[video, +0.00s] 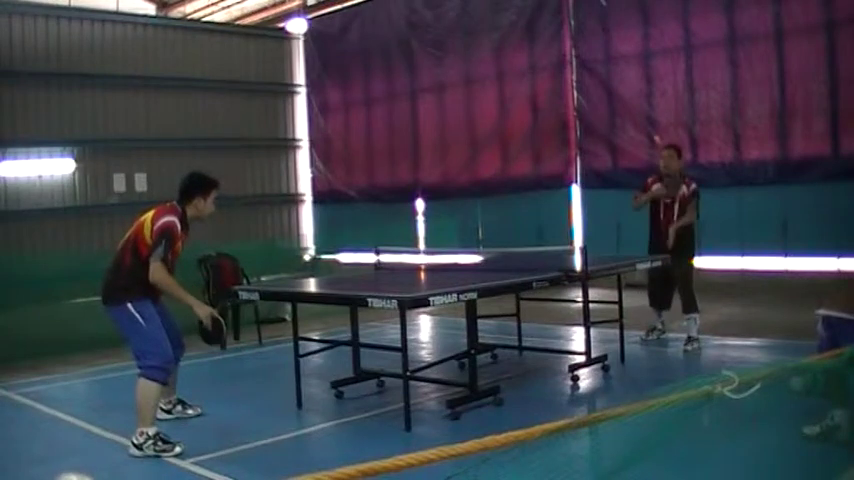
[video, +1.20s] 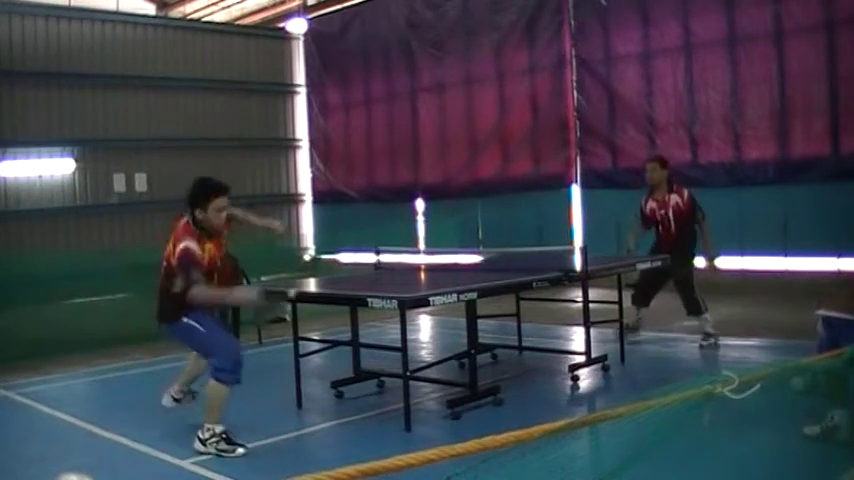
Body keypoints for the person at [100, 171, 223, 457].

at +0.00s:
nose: (214, 207)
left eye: (214, 200)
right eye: (212, 200)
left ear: (193, 198)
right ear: (197, 200)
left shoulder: (174, 217)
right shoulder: (169, 223)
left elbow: (154, 270)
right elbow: (157, 274)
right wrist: (196, 305)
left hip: (144, 293)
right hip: (125, 295)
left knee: (173, 346)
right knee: (156, 358)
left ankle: (167, 403)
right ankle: (144, 435)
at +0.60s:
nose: (199, 184)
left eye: (198, 178)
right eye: (195, 178)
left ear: (178, 179)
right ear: (179, 179)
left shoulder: (176, 209)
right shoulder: (151, 213)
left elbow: (183, 246)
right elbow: (152, 264)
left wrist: (204, 266)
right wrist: (199, 272)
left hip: (168, 290)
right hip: (147, 293)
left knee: (184, 346)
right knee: (168, 353)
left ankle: (159, 401)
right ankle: (147, 432)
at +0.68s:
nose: (197, 190)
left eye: (197, 184)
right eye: (193, 184)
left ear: (179, 185)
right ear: (176, 184)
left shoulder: (188, 215)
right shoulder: (146, 219)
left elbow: (202, 244)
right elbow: (135, 270)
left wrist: (217, 269)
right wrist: (175, 292)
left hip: (176, 294)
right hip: (149, 295)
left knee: (188, 348)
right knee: (174, 350)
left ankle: (158, 404)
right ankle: (160, 427)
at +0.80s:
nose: (200, 204)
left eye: (200, 198)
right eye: (196, 199)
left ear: (186, 201)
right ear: (176, 202)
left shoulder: (204, 226)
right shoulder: (144, 231)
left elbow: (229, 257)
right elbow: (118, 273)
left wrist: (231, 269)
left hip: (184, 302)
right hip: (153, 304)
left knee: (196, 355)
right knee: (185, 356)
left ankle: (156, 403)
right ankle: (195, 430)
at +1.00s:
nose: (209, 227)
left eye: (208, 221)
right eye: (203, 222)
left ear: (187, 228)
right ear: (183, 228)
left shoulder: (218, 242)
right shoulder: (155, 254)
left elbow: (255, 255)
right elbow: (122, 292)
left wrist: (275, 268)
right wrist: (106, 332)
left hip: (201, 315)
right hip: (171, 316)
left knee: (197, 366)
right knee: (206, 362)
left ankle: (157, 405)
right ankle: (206, 434)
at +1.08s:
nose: (215, 226)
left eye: (214, 219)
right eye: (209, 221)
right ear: (189, 228)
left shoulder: (222, 237)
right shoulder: (164, 256)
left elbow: (262, 239)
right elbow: (135, 297)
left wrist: (292, 262)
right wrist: (118, 338)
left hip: (206, 313)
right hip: (176, 316)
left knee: (199, 363)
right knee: (216, 354)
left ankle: (160, 400)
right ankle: (208, 434)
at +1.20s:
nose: (225, 216)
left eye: (226, 210)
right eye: (219, 211)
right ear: (199, 214)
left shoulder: (209, 221)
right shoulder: (187, 246)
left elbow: (232, 211)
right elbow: (193, 292)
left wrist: (262, 222)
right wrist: (233, 295)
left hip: (199, 306)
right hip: (179, 313)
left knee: (215, 345)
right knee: (229, 354)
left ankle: (179, 390)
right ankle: (210, 432)